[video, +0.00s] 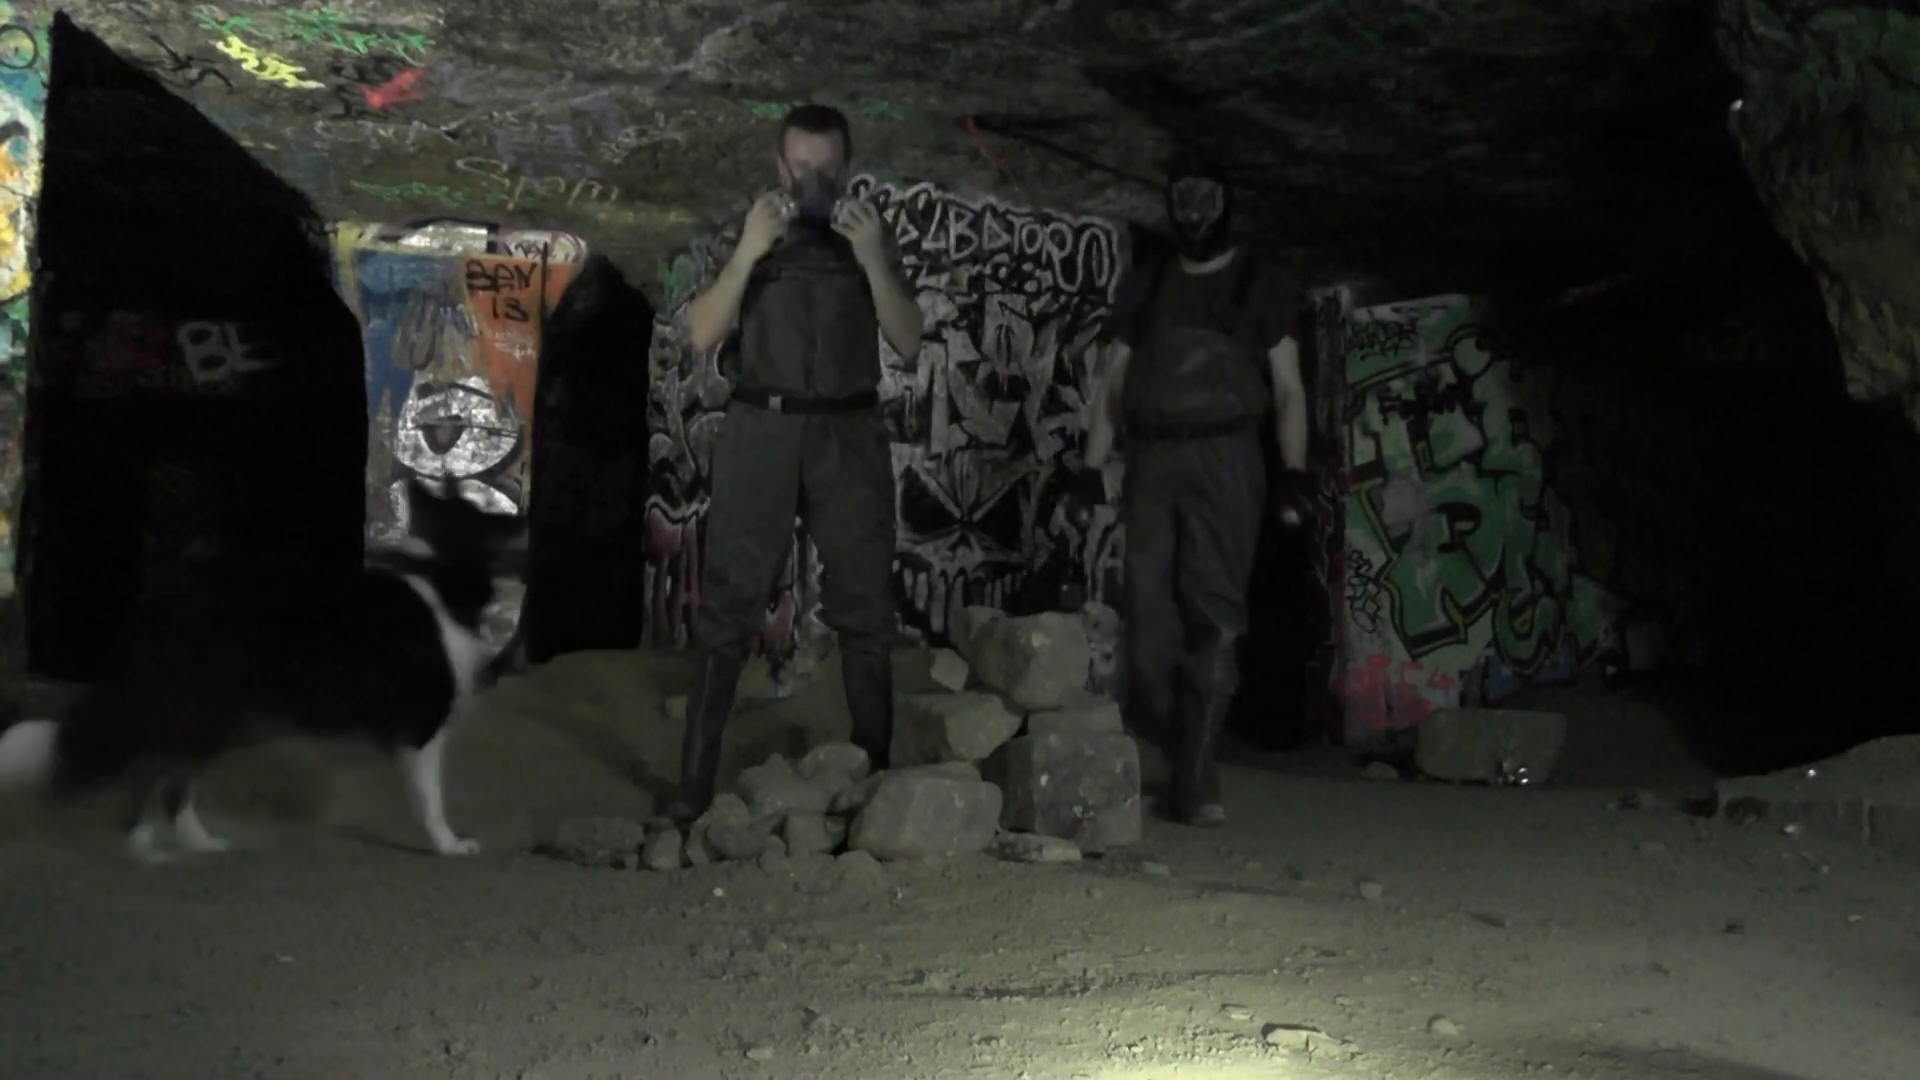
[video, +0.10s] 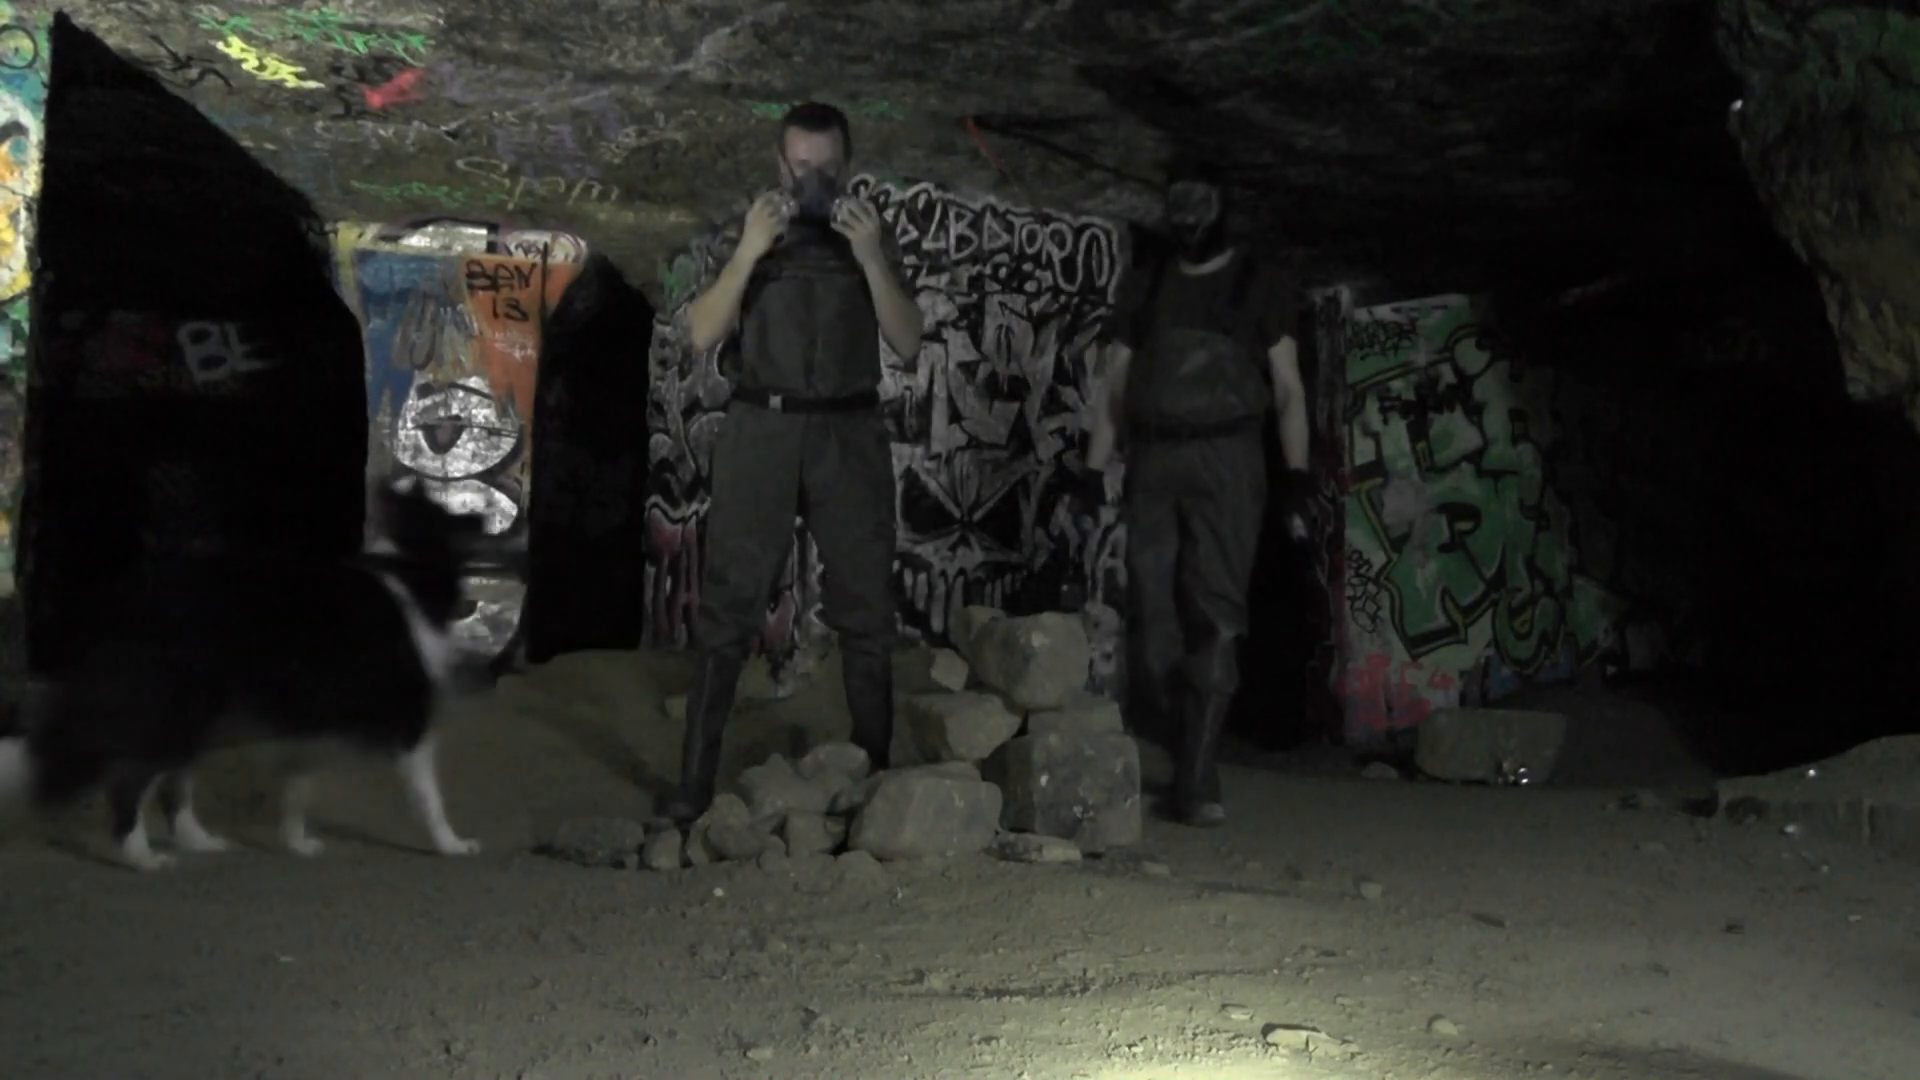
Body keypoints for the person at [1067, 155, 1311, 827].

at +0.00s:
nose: (1193, 215)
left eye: (1206, 201)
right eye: (1183, 201)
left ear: (1228, 205)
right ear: (1169, 207)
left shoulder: (1259, 281)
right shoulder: (1148, 280)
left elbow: (1288, 386)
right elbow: (1111, 377)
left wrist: (1293, 478)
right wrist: (1093, 464)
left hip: (1228, 466)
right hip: (1153, 466)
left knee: (1213, 619)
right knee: (1149, 616)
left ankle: (1198, 782)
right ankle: (1159, 770)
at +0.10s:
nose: (1188, 218)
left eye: (1200, 205)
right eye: (1177, 205)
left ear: (1222, 210)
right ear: (1165, 212)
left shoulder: (1256, 282)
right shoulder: (1146, 281)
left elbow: (1288, 387)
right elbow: (1112, 378)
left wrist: (1297, 479)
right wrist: (1096, 465)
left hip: (1229, 466)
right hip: (1152, 467)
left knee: (1215, 616)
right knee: (1155, 617)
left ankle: (1198, 779)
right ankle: (1176, 769)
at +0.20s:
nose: (1185, 232)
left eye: (1194, 219)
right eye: (1175, 220)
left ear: (1215, 219)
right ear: (1163, 221)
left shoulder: (1257, 285)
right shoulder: (1146, 285)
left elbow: (1289, 386)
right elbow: (1114, 384)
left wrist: (1299, 475)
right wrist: (1102, 472)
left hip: (1234, 469)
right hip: (1153, 469)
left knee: (1215, 616)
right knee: (1158, 616)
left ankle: (1195, 777)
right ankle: (1187, 775)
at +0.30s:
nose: (1181, 224)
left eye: (1192, 210)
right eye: (1171, 212)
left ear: (1216, 214)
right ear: (1159, 218)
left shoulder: (1257, 283)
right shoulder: (1147, 286)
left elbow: (1290, 383)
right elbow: (1116, 387)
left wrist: (1300, 472)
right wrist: (1109, 470)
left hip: (1235, 468)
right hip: (1154, 468)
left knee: (1214, 616)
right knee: (1159, 613)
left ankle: (1194, 776)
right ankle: (1189, 775)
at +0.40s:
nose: (1177, 227)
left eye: (1188, 213)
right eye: (1168, 214)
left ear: (1213, 214)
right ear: (1159, 217)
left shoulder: (1256, 284)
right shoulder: (1148, 287)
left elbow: (1290, 383)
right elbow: (1119, 387)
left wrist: (1301, 470)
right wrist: (1112, 469)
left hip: (1234, 469)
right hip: (1155, 469)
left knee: (1210, 617)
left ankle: (1194, 776)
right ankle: (1188, 774)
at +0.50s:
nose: (1178, 221)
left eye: (1189, 208)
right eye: (1169, 210)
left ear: (1215, 211)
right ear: (1157, 215)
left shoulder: (1255, 285)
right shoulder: (1150, 290)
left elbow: (1291, 386)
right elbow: (1123, 388)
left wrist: (1300, 473)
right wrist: (1112, 469)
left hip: (1233, 473)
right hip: (1157, 473)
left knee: (1213, 623)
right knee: (1158, 623)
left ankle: (1209, 781)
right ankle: (1181, 772)